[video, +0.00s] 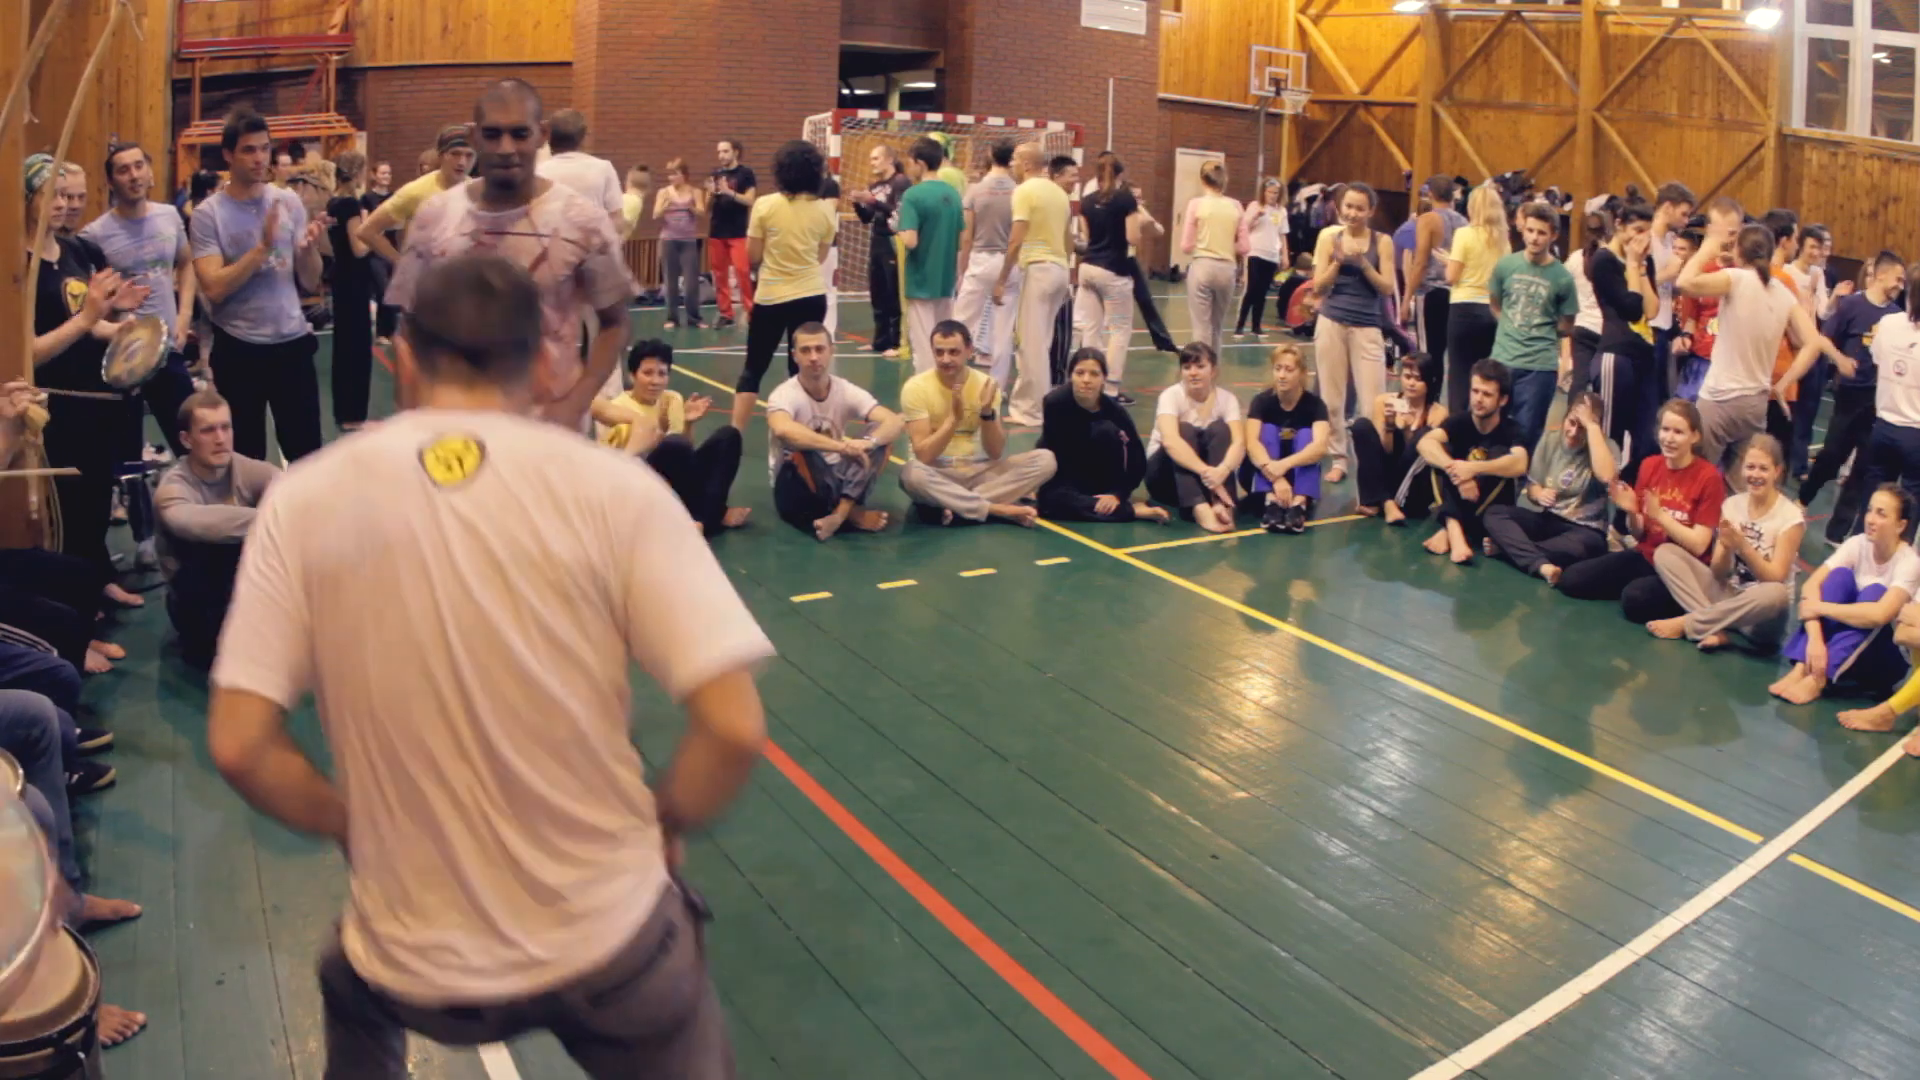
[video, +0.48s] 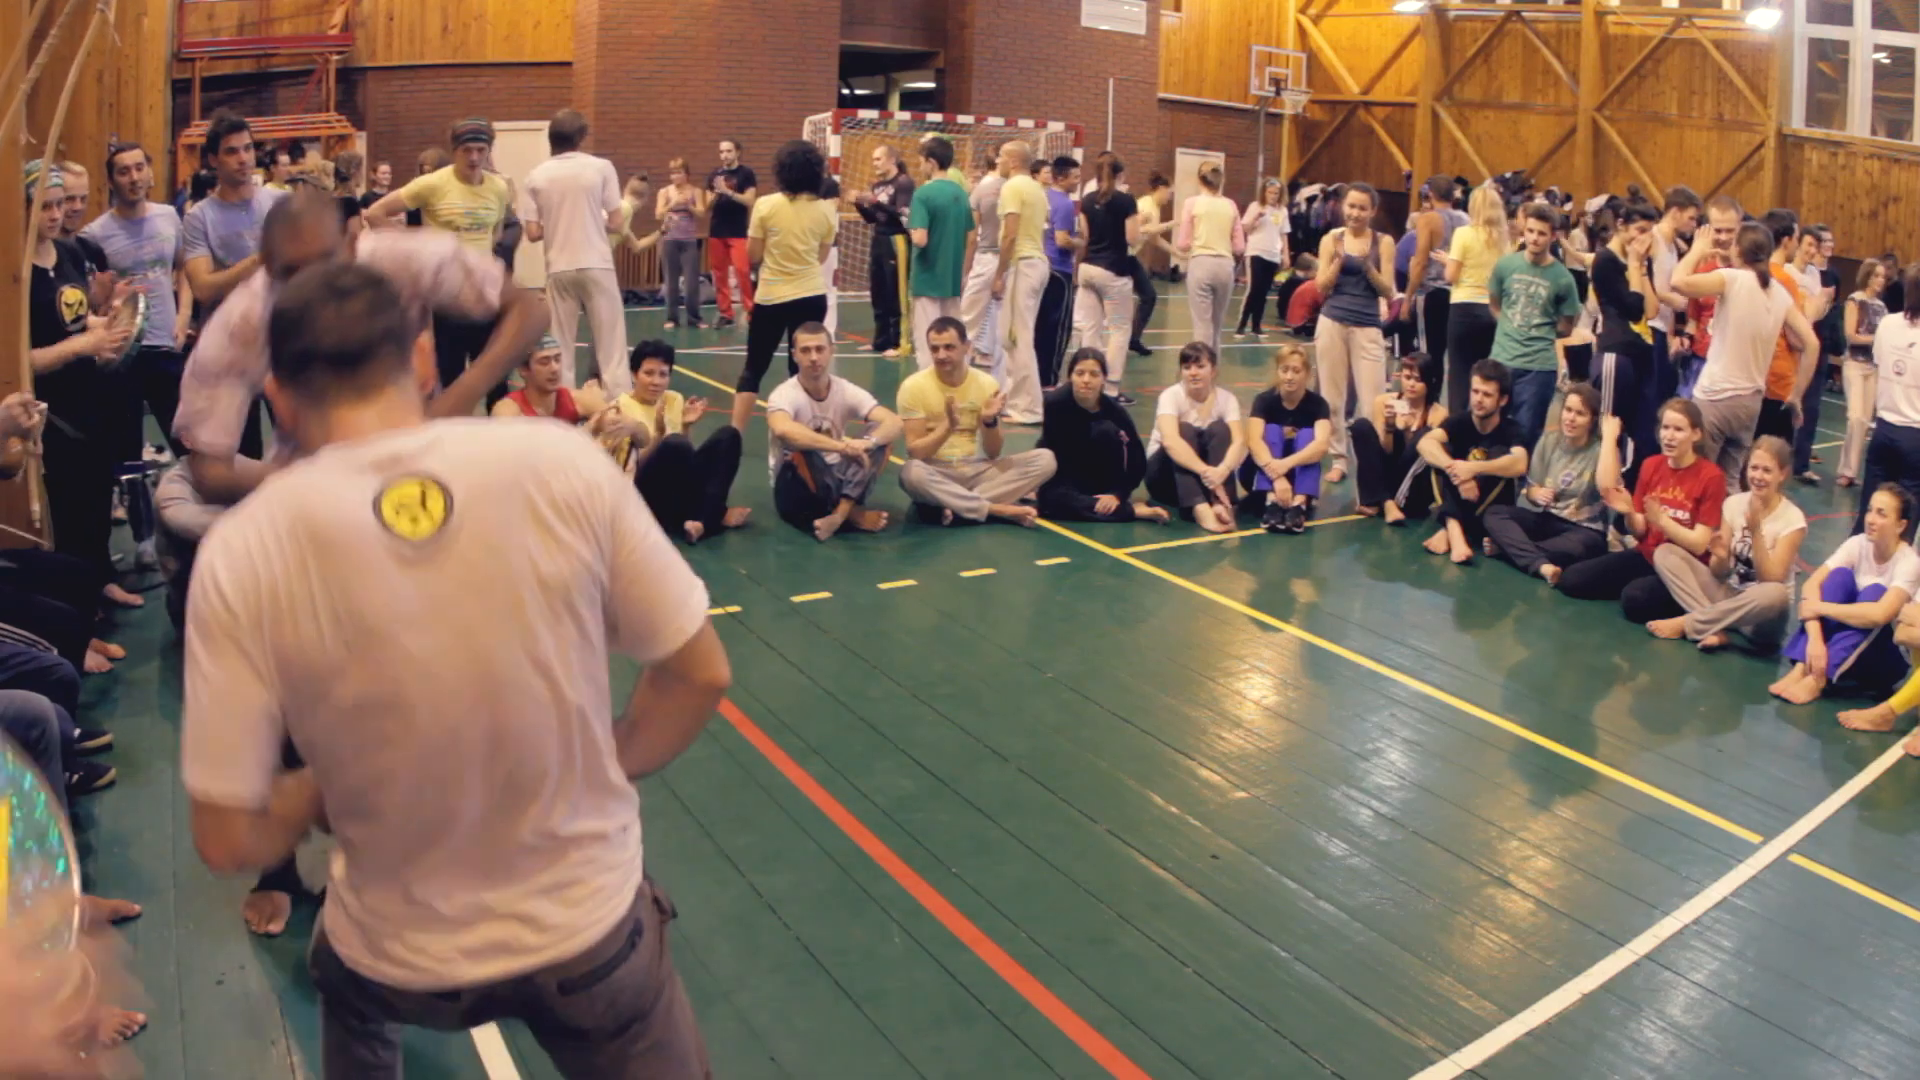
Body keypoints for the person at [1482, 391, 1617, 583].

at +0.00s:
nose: (1573, 433)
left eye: (1582, 428)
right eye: (1572, 423)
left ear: (1595, 429)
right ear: (1565, 418)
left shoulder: (1606, 447)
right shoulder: (1550, 439)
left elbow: (1606, 476)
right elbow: (1532, 486)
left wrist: (1592, 426)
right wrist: (1540, 494)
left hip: (1580, 528)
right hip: (1541, 517)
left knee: (1587, 545)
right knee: (1494, 513)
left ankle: (1509, 549)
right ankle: (1539, 565)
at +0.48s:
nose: (1571, 418)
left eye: (1580, 414)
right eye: (1568, 410)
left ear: (1593, 420)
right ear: (1561, 411)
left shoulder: (1601, 452)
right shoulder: (1548, 440)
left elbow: (1606, 488)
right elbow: (1530, 488)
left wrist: (1609, 439)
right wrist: (1536, 493)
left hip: (1579, 528)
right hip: (1539, 518)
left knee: (1578, 548)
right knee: (1494, 514)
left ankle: (1508, 549)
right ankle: (1539, 565)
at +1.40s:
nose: (1573, 420)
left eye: (1581, 414)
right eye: (1568, 412)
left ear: (1594, 418)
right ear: (1562, 414)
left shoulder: (1610, 457)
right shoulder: (1549, 441)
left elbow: (1614, 509)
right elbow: (1531, 495)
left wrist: (1588, 504)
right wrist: (1535, 489)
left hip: (1583, 530)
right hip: (1547, 519)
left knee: (1574, 548)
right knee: (1494, 514)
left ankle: (1509, 549)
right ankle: (1539, 566)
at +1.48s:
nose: (1574, 419)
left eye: (1582, 413)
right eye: (1569, 411)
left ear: (1594, 418)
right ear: (1562, 414)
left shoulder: (1609, 456)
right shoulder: (1549, 441)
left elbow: (1612, 509)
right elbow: (1532, 493)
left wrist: (1583, 502)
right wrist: (1541, 492)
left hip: (1584, 530)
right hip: (1547, 520)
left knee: (1575, 548)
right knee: (1494, 514)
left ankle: (1509, 549)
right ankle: (1539, 565)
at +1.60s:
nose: (1574, 417)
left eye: (1581, 412)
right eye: (1570, 410)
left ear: (1594, 417)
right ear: (1562, 413)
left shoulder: (1609, 455)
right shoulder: (1549, 442)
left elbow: (1609, 509)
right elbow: (1534, 490)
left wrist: (1574, 497)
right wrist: (1553, 495)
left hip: (1584, 530)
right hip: (1547, 520)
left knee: (1575, 548)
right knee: (1494, 514)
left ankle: (1509, 549)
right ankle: (1539, 565)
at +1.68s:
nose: (1573, 417)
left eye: (1581, 412)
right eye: (1568, 410)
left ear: (1594, 417)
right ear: (1561, 413)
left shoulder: (1609, 455)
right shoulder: (1549, 441)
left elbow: (1614, 508)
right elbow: (1531, 489)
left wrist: (1582, 501)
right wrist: (1544, 490)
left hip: (1584, 530)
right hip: (1547, 519)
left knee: (1574, 548)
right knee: (1494, 514)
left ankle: (1509, 549)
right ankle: (1539, 566)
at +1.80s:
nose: (1572, 420)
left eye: (1580, 414)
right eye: (1568, 412)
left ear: (1594, 418)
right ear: (1561, 414)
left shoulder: (1609, 455)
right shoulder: (1550, 441)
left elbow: (1613, 508)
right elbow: (1531, 492)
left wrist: (1585, 502)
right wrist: (1541, 492)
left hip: (1584, 531)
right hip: (1547, 519)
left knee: (1574, 548)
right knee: (1494, 514)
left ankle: (1508, 549)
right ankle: (1539, 566)